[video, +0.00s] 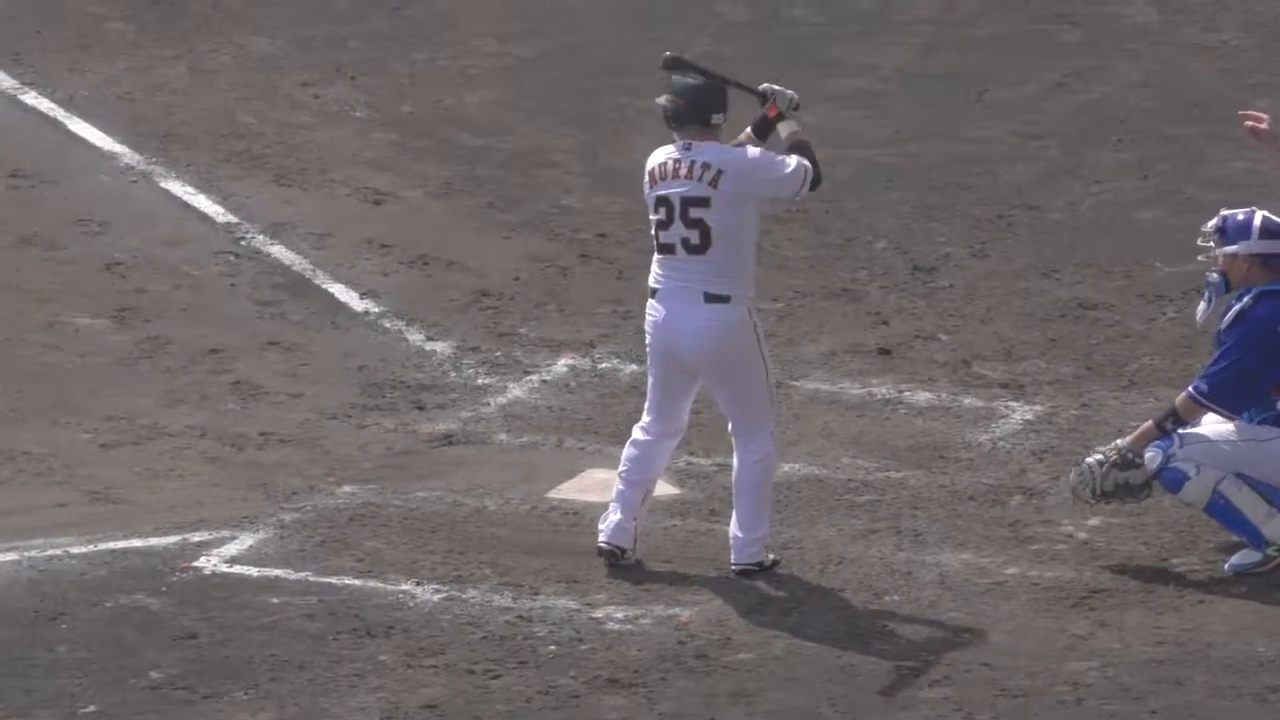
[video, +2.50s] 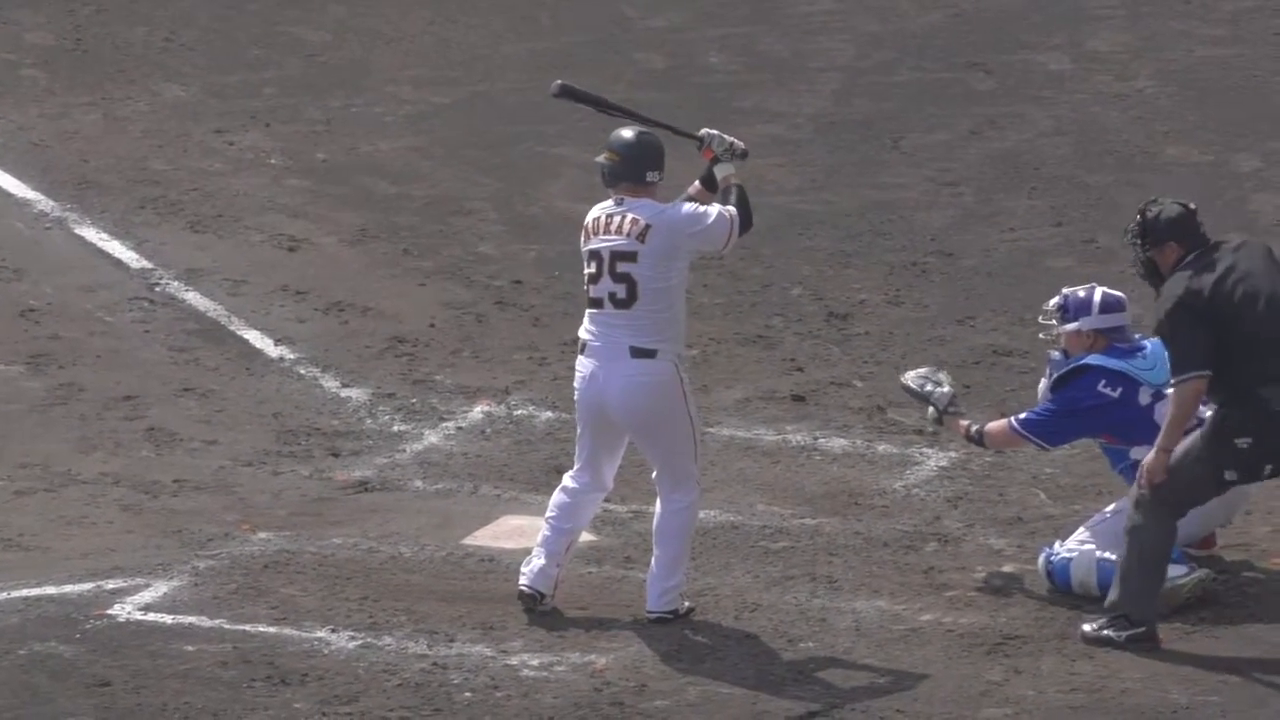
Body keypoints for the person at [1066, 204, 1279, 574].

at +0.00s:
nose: (1216, 262)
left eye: (1223, 254)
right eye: (1218, 254)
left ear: (1248, 261)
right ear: (1250, 261)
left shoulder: (1262, 318)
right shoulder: (1258, 304)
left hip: (1272, 444)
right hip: (1266, 432)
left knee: (1169, 455)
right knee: (1191, 430)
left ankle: (1271, 538)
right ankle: (1267, 515)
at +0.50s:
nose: (1149, 292)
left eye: (1155, 285)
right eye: (1151, 284)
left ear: (1180, 293)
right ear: (1200, 290)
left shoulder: (1196, 352)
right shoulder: (1238, 313)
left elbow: (1179, 439)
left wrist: (1141, 417)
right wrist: (1158, 386)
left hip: (1258, 476)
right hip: (1269, 461)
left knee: (1120, 483)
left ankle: (1233, 557)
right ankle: (1254, 530)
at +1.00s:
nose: (1114, 314)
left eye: (1120, 307)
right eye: (1116, 306)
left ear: (1144, 314)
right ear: (1168, 307)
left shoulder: (1159, 375)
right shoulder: (1201, 321)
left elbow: (1129, 458)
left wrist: (1107, 414)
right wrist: (1124, 384)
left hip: (1233, 491)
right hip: (1269, 467)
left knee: (1088, 501)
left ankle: (1205, 564)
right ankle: (1221, 523)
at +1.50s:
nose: (1105, 321)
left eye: (1112, 314)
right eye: (1107, 312)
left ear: (1135, 321)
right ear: (1162, 315)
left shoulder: (1145, 368)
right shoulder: (1196, 339)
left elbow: (1111, 450)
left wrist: (1068, 469)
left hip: (1194, 494)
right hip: (1231, 483)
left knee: (1073, 543)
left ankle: (1184, 582)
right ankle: (1204, 566)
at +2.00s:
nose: (1069, 337)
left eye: (1076, 330)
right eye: (1070, 329)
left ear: (1104, 337)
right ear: (1117, 335)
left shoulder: (1099, 387)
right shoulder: (1158, 357)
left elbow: (1020, 431)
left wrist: (962, 421)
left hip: (1194, 495)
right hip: (1237, 474)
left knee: (1063, 564)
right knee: (1143, 465)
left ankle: (1178, 579)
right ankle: (1200, 546)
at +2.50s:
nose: (1058, 336)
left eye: (1065, 329)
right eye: (1060, 328)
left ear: (1090, 337)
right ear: (1106, 333)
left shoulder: (1092, 389)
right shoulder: (1148, 347)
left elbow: (1019, 431)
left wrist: (968, 430)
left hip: (1192, 490)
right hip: (1230, 470)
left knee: (1060, 562)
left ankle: (1174, 577)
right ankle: (1197, 540)